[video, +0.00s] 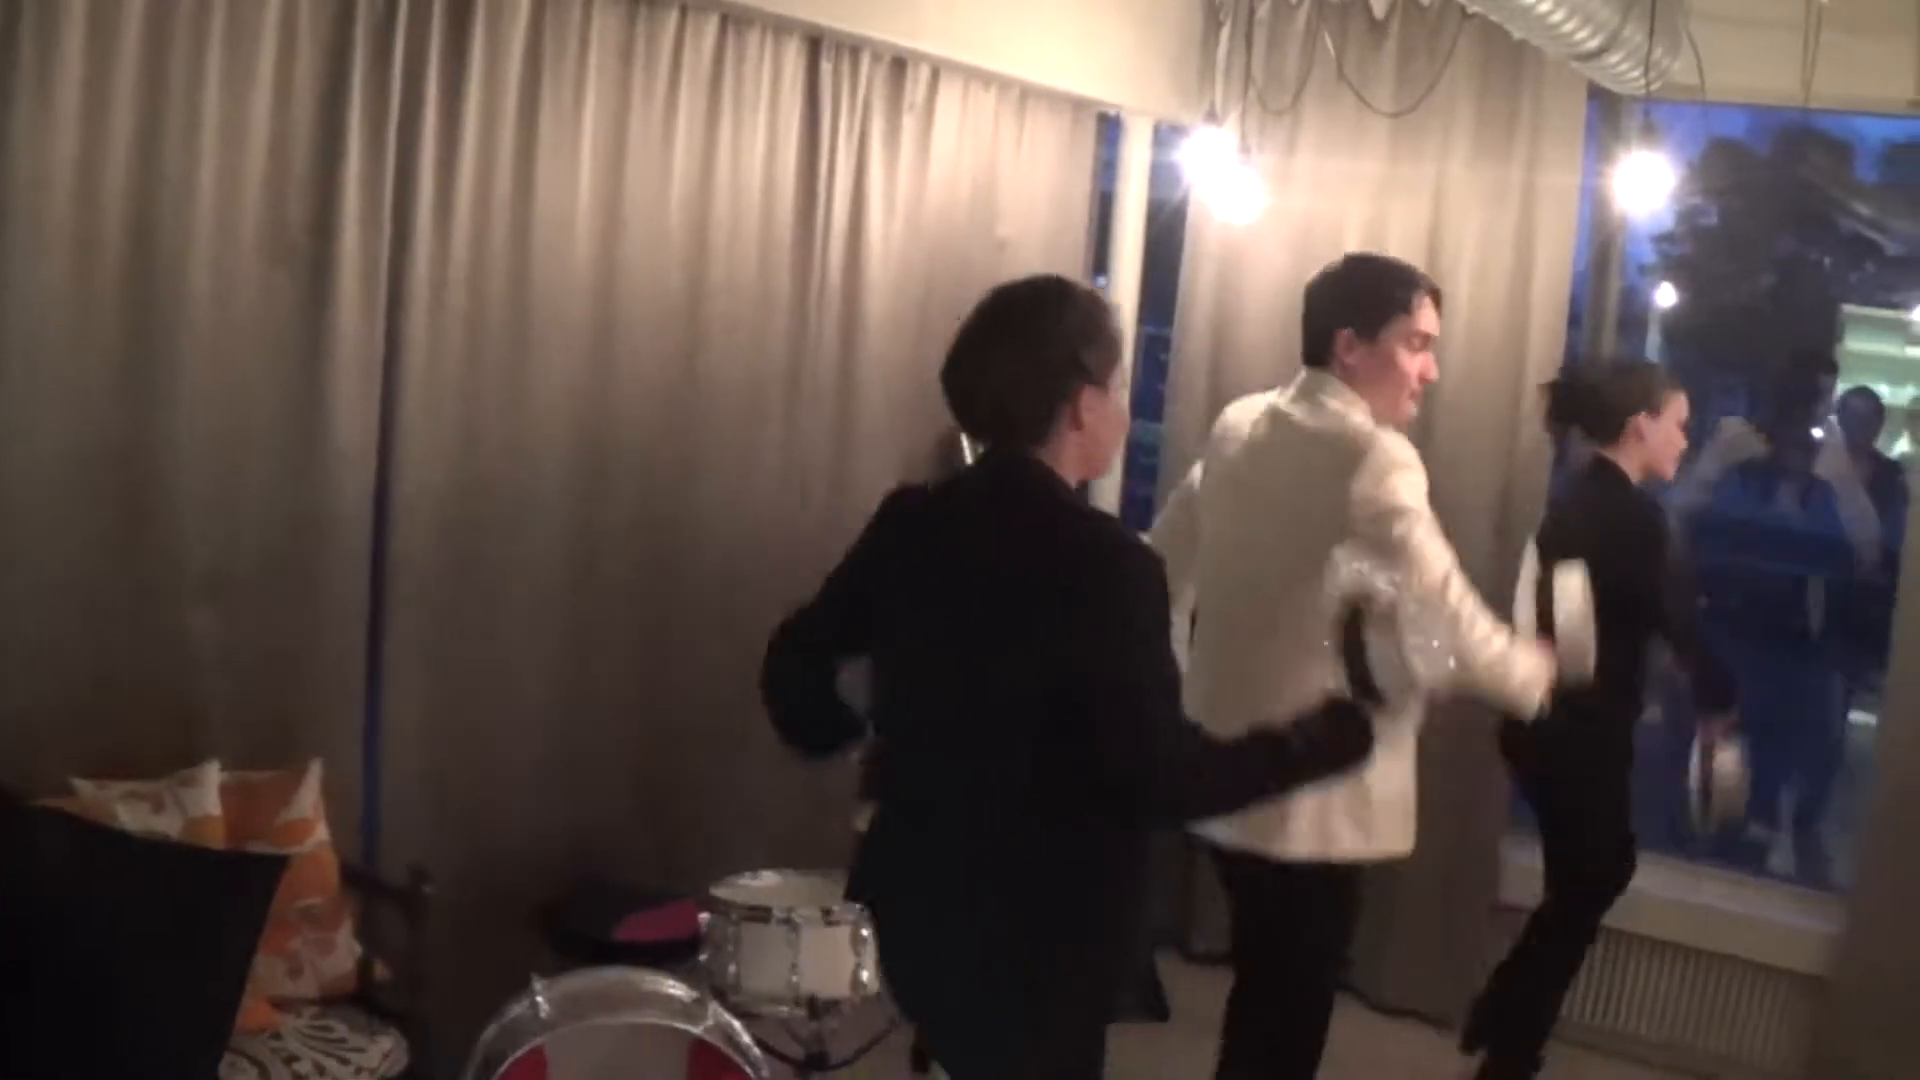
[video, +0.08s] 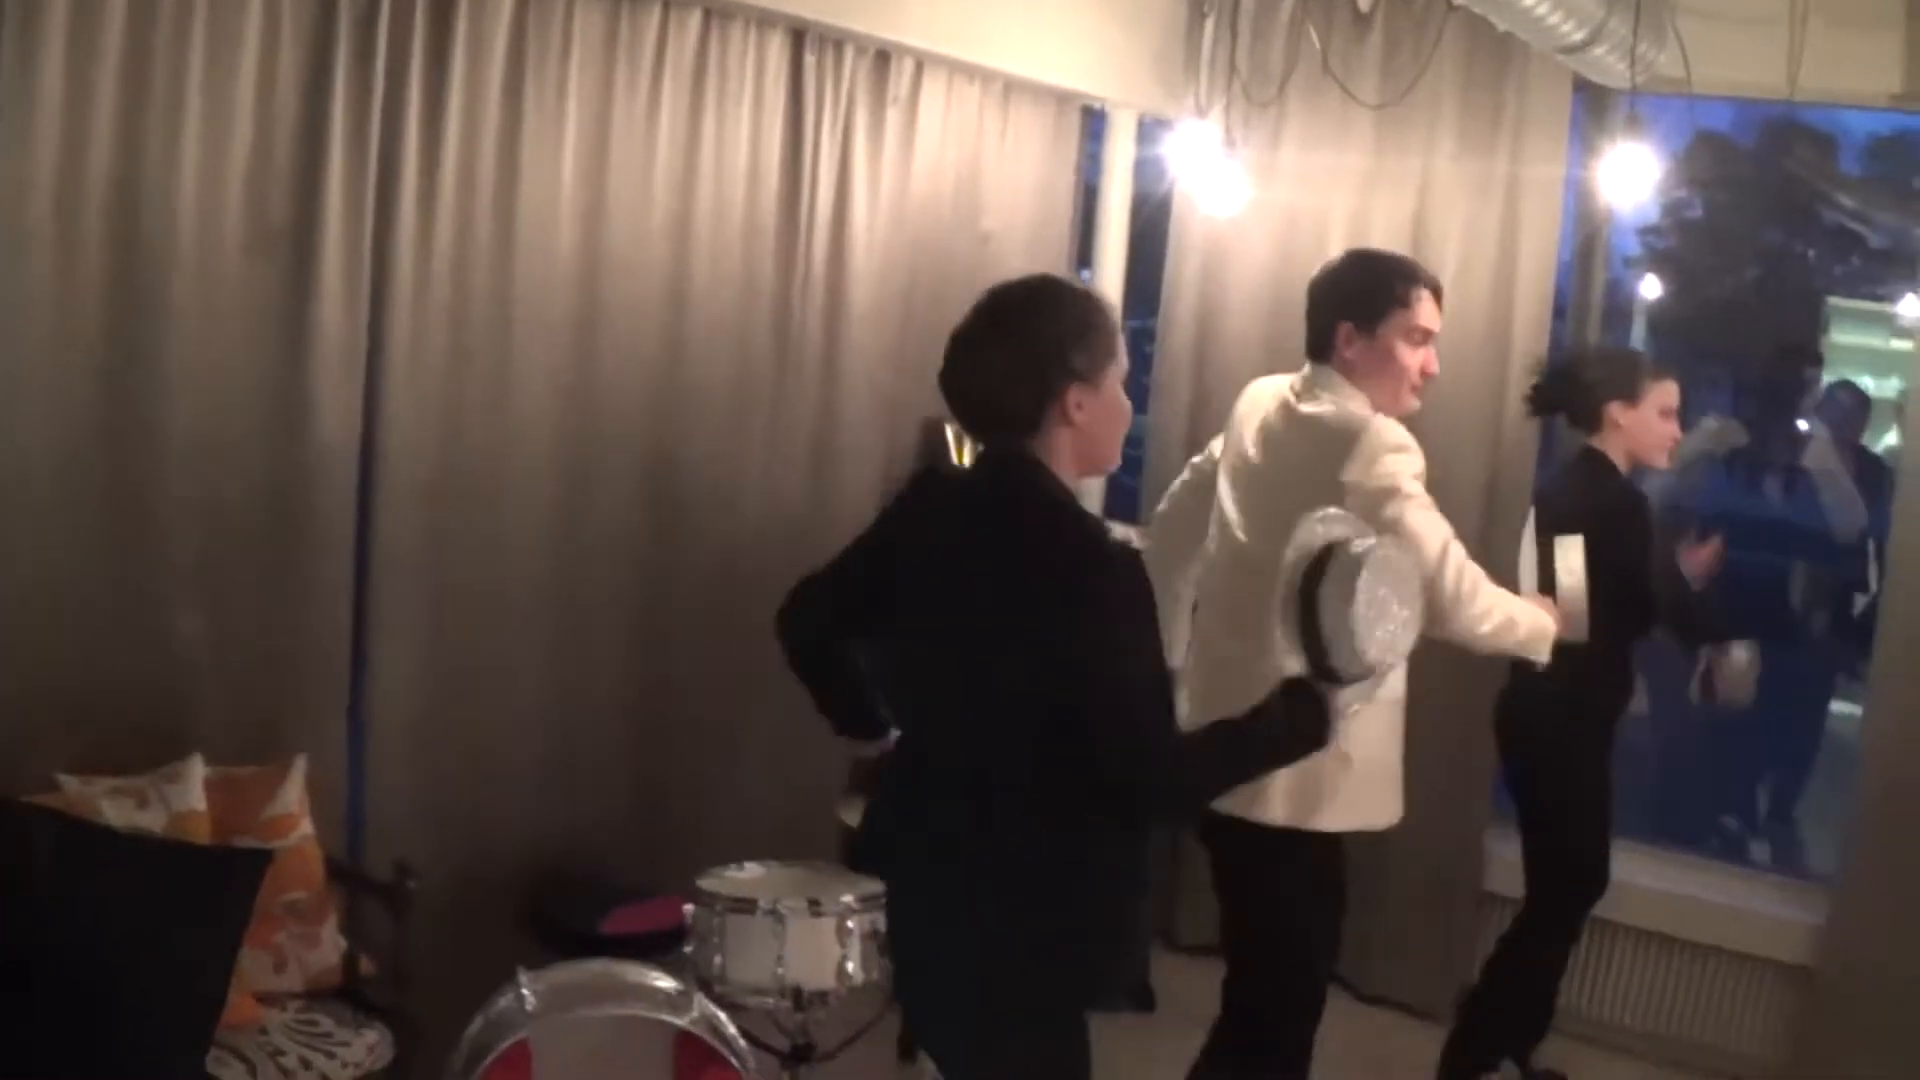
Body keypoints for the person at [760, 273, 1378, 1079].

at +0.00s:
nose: (1121, 411)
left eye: (1117, 386)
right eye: (1116, 388)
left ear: (979, 400)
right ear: (1078, 405)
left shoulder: (909, 524)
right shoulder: (1110, 563)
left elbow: (792, 665)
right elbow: (1158, 776)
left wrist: (847, 742)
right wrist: (1336, 733)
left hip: (918, 914)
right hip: (1047, 940)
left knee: (969, 1059)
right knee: (1048, 1065)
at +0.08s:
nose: (1130, 406)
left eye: (1126, 380)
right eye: (1121, 382)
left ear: (995, 402)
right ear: (1072, 403)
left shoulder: (929, 509)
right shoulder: (1094, 566)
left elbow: (810, 620)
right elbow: (1151, 778)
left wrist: (874, 733)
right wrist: (1304, 711)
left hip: (932, 908)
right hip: (1031, 938)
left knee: (982, 1063)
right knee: (1042, 1063)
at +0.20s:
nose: (1128, 410)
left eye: (1122, 386)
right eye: (1109, 388)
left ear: (1041, 408)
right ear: (1036, 406)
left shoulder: (1028, 538)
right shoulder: (974, 558)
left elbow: (1073, 754)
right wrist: (1148, 900)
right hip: (980, 965)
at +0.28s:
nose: (1119, 412)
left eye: (1114, 387)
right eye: (1095, 390)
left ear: (1027, 405)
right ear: (1014, 404)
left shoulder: (1047, 530)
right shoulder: (941, 566)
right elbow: (909, 800)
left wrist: (1106, 798)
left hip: (1041, 921)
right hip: (948, 956)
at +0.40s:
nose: (1095, 395)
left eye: (1092, 369)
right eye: (1071, 372)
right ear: (984, 381)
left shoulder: (1065, 508)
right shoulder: (882, 546)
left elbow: (1068, 680)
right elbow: (760, 707)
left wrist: (1174, 637)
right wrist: (789, 850)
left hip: (1042, 892)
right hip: (916, 909)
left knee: (1021, 1059)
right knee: (937, 1066)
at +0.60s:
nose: (1006, 381)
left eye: (1009, 357)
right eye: (980, 358)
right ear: (895, 354)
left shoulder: (991, 490)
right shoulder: (793, 506)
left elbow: (1001, 630)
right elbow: (694, 664)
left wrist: (1103, 558)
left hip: (959, 875)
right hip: (831, 882)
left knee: (922, 1064)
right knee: (829, 1065)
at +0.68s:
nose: (964, 378)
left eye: (972, 354)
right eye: (940, 354)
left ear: (979, 345)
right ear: (851, 346)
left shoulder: (955, 490)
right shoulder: (749, 499)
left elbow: (974, 669)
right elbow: (674, 689)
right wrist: (722, 848)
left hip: (923, 881)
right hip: (792, 884)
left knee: (897, 1069)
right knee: (789, 1071)